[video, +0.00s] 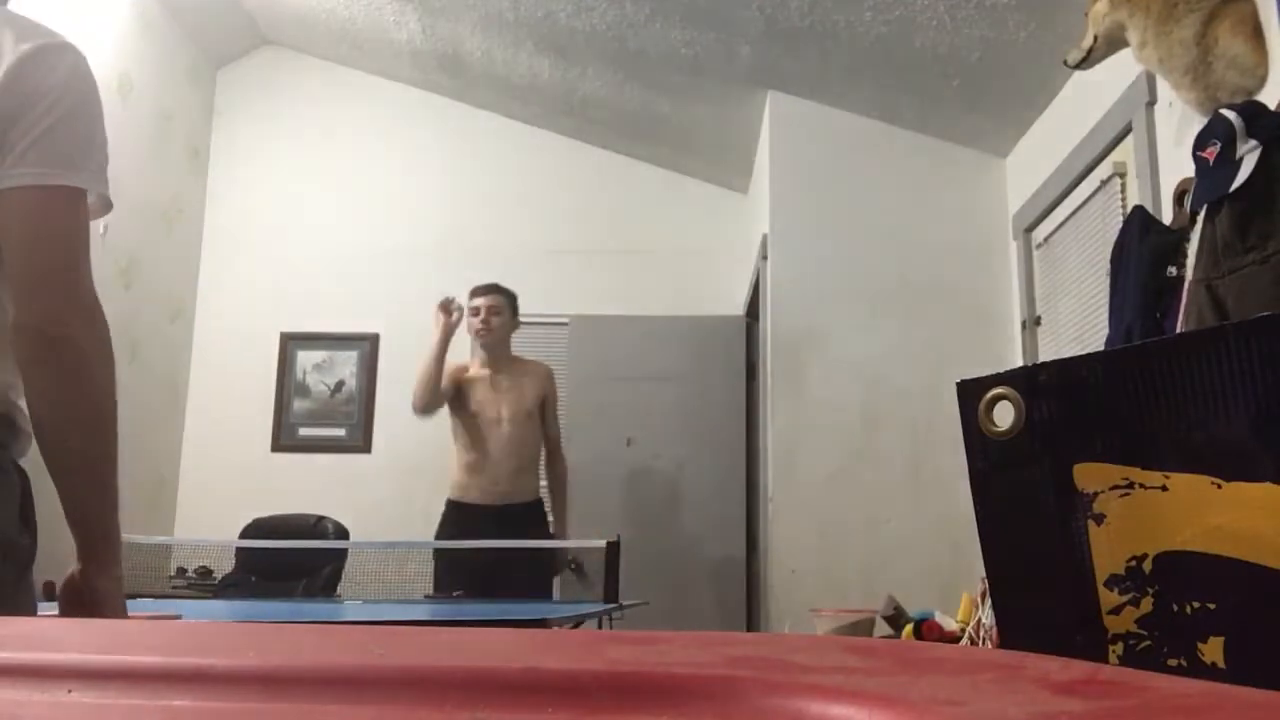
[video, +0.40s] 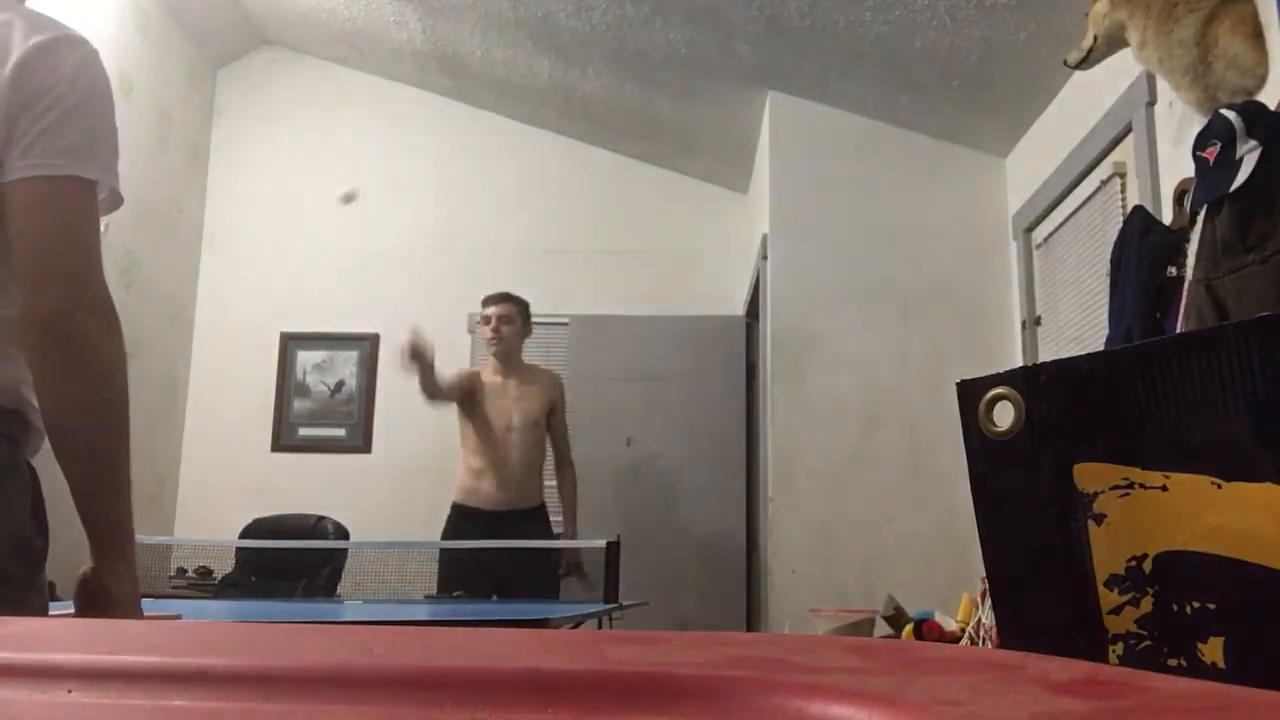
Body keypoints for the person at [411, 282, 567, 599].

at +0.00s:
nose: (483, 319)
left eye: (494, 311)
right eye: (475, 312)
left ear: (514, 323)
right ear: (467, 323)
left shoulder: (538, 375)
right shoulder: (457, 375)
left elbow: (554, 454)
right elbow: (422, 404)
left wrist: (560, 534)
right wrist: (443, 334)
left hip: (524, 521)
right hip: (465, 521)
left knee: (526, 636)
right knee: (455, 634)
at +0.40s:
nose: (493, 328)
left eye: (504, 321)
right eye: (487, 322)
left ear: (526, 330)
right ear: (480, 330)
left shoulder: (547, 384)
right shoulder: (470, 380)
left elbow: (563, 462)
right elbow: (435, 392)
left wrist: (570, 536)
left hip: (527, 525)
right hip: (469, 523)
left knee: (531, 635)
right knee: (458, 633)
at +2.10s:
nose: (515, 355)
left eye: (525, 348)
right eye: (508, 348)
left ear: (541, 358)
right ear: (502, 356)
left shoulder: (559, 405)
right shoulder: (484, 408)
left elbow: (575, 480)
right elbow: (464, 479)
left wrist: (566, 546)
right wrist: (454, 544)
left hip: (536, 529)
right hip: (484, 528)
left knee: (534, 630)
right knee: (483, 627)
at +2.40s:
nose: (513, 356)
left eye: (523, 350)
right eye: (506, 349)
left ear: (539, 360)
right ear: (499, 357)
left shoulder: (558, 406)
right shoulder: (482, 409)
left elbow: (575, 478)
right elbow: (463, 480)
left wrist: (570, 544)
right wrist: (456, 545)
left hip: (534, 530)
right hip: (482, 528)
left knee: (535, 629)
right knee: (483, 628)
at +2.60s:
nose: (514, 357)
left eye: (524, 351)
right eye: (507, 351)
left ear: (539, 360)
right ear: (499, 360)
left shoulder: (558, 407)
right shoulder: (482, 410)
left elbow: (574, 479)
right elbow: (463, 481)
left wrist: (569, 546)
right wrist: (457, 544)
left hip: (535, 530)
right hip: (483, 528)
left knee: (535, 629)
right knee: (483, 627)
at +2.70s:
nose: (514, 358)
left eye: (524, 351)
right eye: (507, 351)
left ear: (540, 361)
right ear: (499, 360)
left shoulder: (559, 407)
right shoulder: (482, 410)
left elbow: (574, 479)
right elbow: (465, 480)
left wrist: (569, 545)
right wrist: (458, 542)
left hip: (536, 531)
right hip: (484, 529)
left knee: (535, 630)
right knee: (484, 628)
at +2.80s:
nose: (513, 365)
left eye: (523, 357)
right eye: (506, 357)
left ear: (540, 362)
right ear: (498, 363)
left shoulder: (559, 408)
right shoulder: (483, 410)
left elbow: (574, 480)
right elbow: (468, 478)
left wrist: (565, 547)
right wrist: (461, 537)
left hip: (537, 532)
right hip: (486, 529)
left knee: (536, 629)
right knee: (484, 628)